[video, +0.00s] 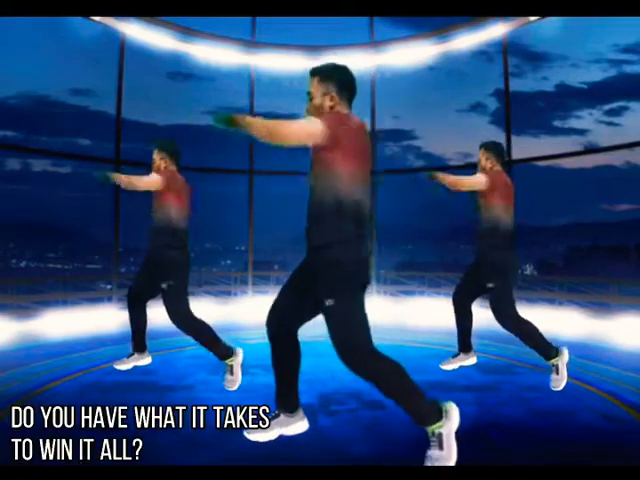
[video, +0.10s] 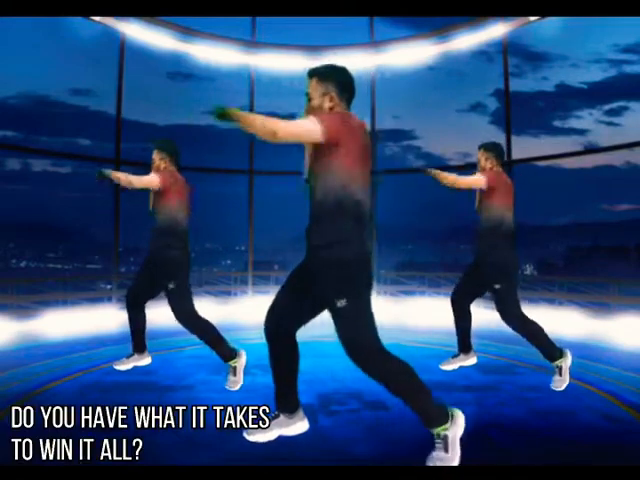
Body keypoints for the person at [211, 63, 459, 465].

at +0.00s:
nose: (309, 103)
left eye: (314, 95)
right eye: (310, 96)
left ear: (332, 96)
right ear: (339, 97)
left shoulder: (335, 127)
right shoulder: (351, 129)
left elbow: (278, 133)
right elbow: (285, 133)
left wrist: (242, 121)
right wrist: (251, 122)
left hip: (339, 259)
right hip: (332, 256)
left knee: (356, 353)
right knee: (280, 323)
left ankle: (437, 418)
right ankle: (288, 414)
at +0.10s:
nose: (308, 102)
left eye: (312, 95)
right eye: (308, 96)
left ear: (331, 95)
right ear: (337, 97)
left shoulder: (336, 125)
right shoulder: (349, 128)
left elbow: (275, 131)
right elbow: (283, 131)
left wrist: (237, 116)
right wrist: (248, 119)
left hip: (341, 259)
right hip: (328, 257)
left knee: (365, 351)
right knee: (278, 326)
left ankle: (443, 421)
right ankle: (288, 414)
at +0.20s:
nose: (299, 96)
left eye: (303, 89)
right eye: (299, 89)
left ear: (326, 90)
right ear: (319, 93)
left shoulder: (352, 122)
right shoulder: (316, 133)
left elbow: (351, 156)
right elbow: (299, 184)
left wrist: (309, 125)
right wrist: (291, 144)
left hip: (349, 255)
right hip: (317, 254)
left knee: (373, 344)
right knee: (281, 329)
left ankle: (441, 422)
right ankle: (289, 414)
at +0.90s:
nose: (335, 100)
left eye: (344, 91)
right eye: (327, 93)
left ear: (360, 94)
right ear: (319, 99)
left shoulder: (383, 133)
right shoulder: (311, 146)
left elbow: (406, 185)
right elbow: (285, 198)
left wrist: (364, 138)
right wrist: (271, 154)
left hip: (376, 267)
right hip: (323, 267)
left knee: (405, 355)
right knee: (282, 336)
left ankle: (416, 428)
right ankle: (288, 413)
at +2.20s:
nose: (315, 93)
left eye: (324, 85)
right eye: (309, 86)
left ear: (342, 91)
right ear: (303, 92)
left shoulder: (362, 134)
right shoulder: (308, 136)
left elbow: (376, 190)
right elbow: (280, 159)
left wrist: (335, 159)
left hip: (345, 259)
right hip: (310, 259)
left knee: (363, 347)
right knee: (275, 329)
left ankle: (434, 412)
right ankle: (291, 414)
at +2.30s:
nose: (296, 98)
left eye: (304, 91)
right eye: (297, 91)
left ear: (328, 94)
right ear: (323, 96)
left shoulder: (330, 131)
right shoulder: (333, 131)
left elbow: (297, 153)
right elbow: (298, 156)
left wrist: (264, 133)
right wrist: (268, 137)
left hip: (336, 262)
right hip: (319, 261)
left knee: (362, 349)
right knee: (277, 325)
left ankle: (437, 414)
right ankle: (291, 414)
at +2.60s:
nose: (292, 96)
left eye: (297, 88)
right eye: (292, 89)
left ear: (321, 87)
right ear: (312, 90)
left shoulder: (353, 122)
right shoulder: (308, 133)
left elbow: (353, 150)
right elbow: (292, 182)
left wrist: (307, 123)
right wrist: (283, 145)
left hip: (350, 253)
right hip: (312, 253)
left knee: (378, 341)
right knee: (282, 330)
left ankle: (432, 417)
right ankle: (292, 416)